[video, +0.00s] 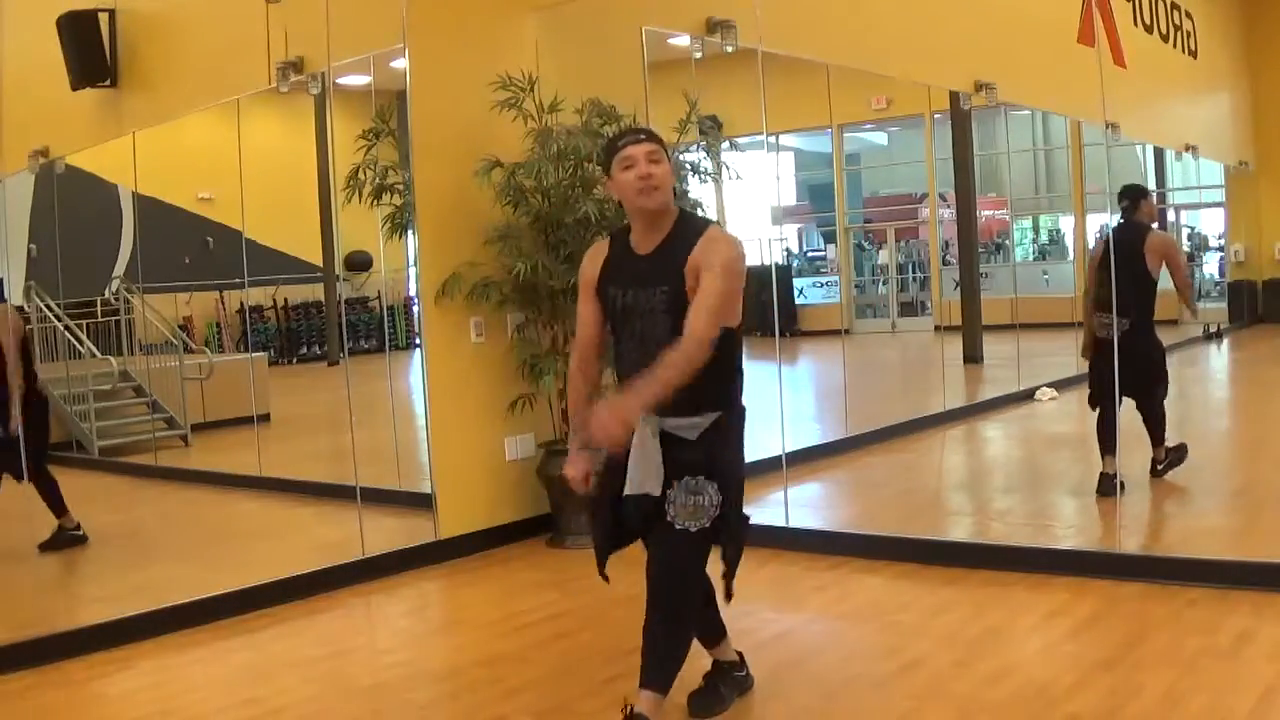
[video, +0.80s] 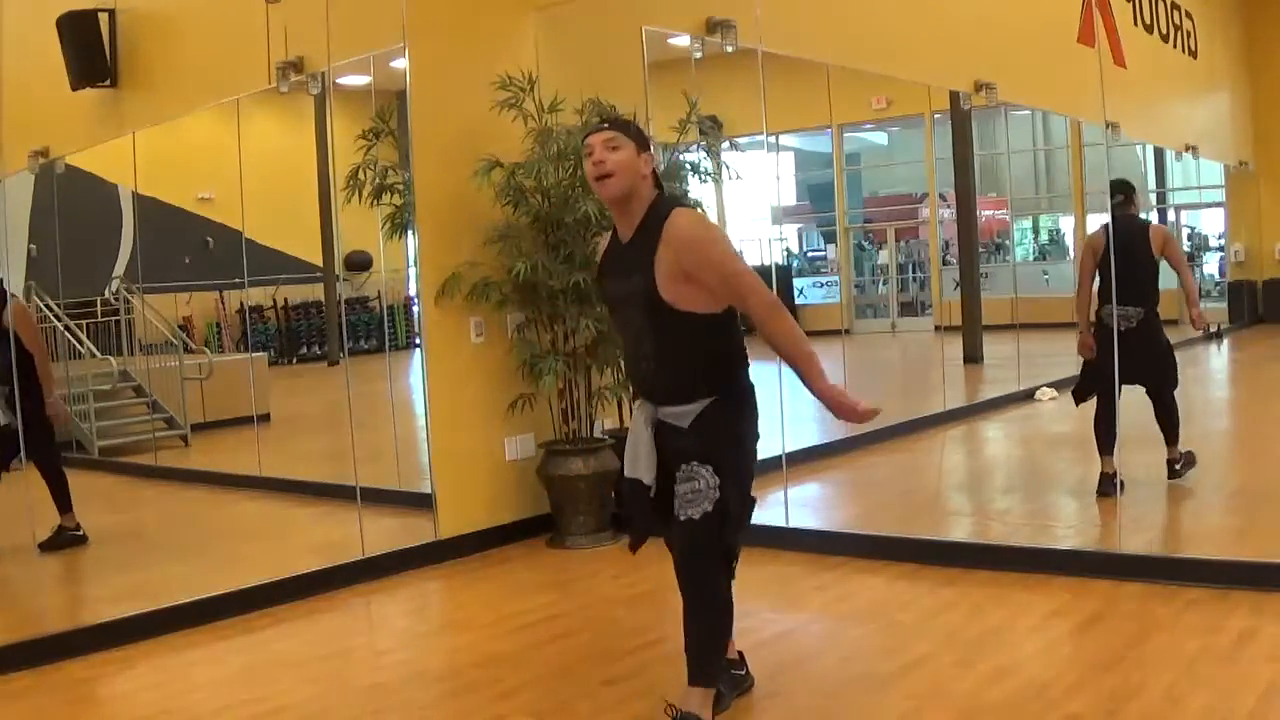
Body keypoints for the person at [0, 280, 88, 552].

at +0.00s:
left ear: (1, 291)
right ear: (4, 290)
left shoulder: (8, 316)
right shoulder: (8, 315)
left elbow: (14, 366)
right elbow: (14, 366)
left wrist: (15, 410)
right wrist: (16, 408)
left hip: (26, 403)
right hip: (25, 403)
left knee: (34, 465)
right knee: (34, 466)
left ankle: (69, 524)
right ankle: (68, 524)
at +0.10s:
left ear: (3, 287)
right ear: (5, 286)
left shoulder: (14, 311)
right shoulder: (11, 312)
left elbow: (34, 359)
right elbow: (32, 360)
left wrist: (41, 400)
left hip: (29, 395)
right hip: (16, 396)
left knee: (40, 460)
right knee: (40, 461)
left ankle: (69, 524)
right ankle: (68, 524)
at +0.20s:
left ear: (4, 279)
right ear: (7, 278)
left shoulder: (17, 306)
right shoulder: (14, 308)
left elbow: (45, 350)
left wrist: (60, 395)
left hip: (35, 400)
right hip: (19, 401)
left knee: (47, 458)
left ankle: (70, 526)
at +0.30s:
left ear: (4, 280)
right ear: (8, 278)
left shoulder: (24, 306)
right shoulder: (13, 309)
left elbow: (51, 349)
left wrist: (66, 392)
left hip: (43, 397)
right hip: (25, 399)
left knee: (50, 457)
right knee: (13, 457)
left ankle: (71, 525)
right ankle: (11, 530)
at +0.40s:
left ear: (5, 279)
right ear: (8, 277)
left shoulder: (29, 306)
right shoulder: (14, 308)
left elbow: (55, 352)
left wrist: (63, 395)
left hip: (42, 399)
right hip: (23, 400)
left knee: (53, 459)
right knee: (14, 461)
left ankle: (71, 525)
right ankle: (11, 530)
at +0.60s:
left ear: (4, 274)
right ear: (6, 273)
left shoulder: (28, 306)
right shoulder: (9, 309)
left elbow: (56, 353)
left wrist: (61, 400)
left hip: (38, 397)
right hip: (10, 399)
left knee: (53, 458)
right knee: (3, 461)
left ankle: (71, 525)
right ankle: (7, 525)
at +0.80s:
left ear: (3, 289)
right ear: (5, 289)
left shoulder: (15, 310)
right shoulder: (12, 311)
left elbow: (39, 352)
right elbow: (39, 352)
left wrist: (51, 397)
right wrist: (50, 396)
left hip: (29, 402)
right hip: (19, 402)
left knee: (45, 458)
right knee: (44, 458)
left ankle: (70, 524)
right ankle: (69, 524)